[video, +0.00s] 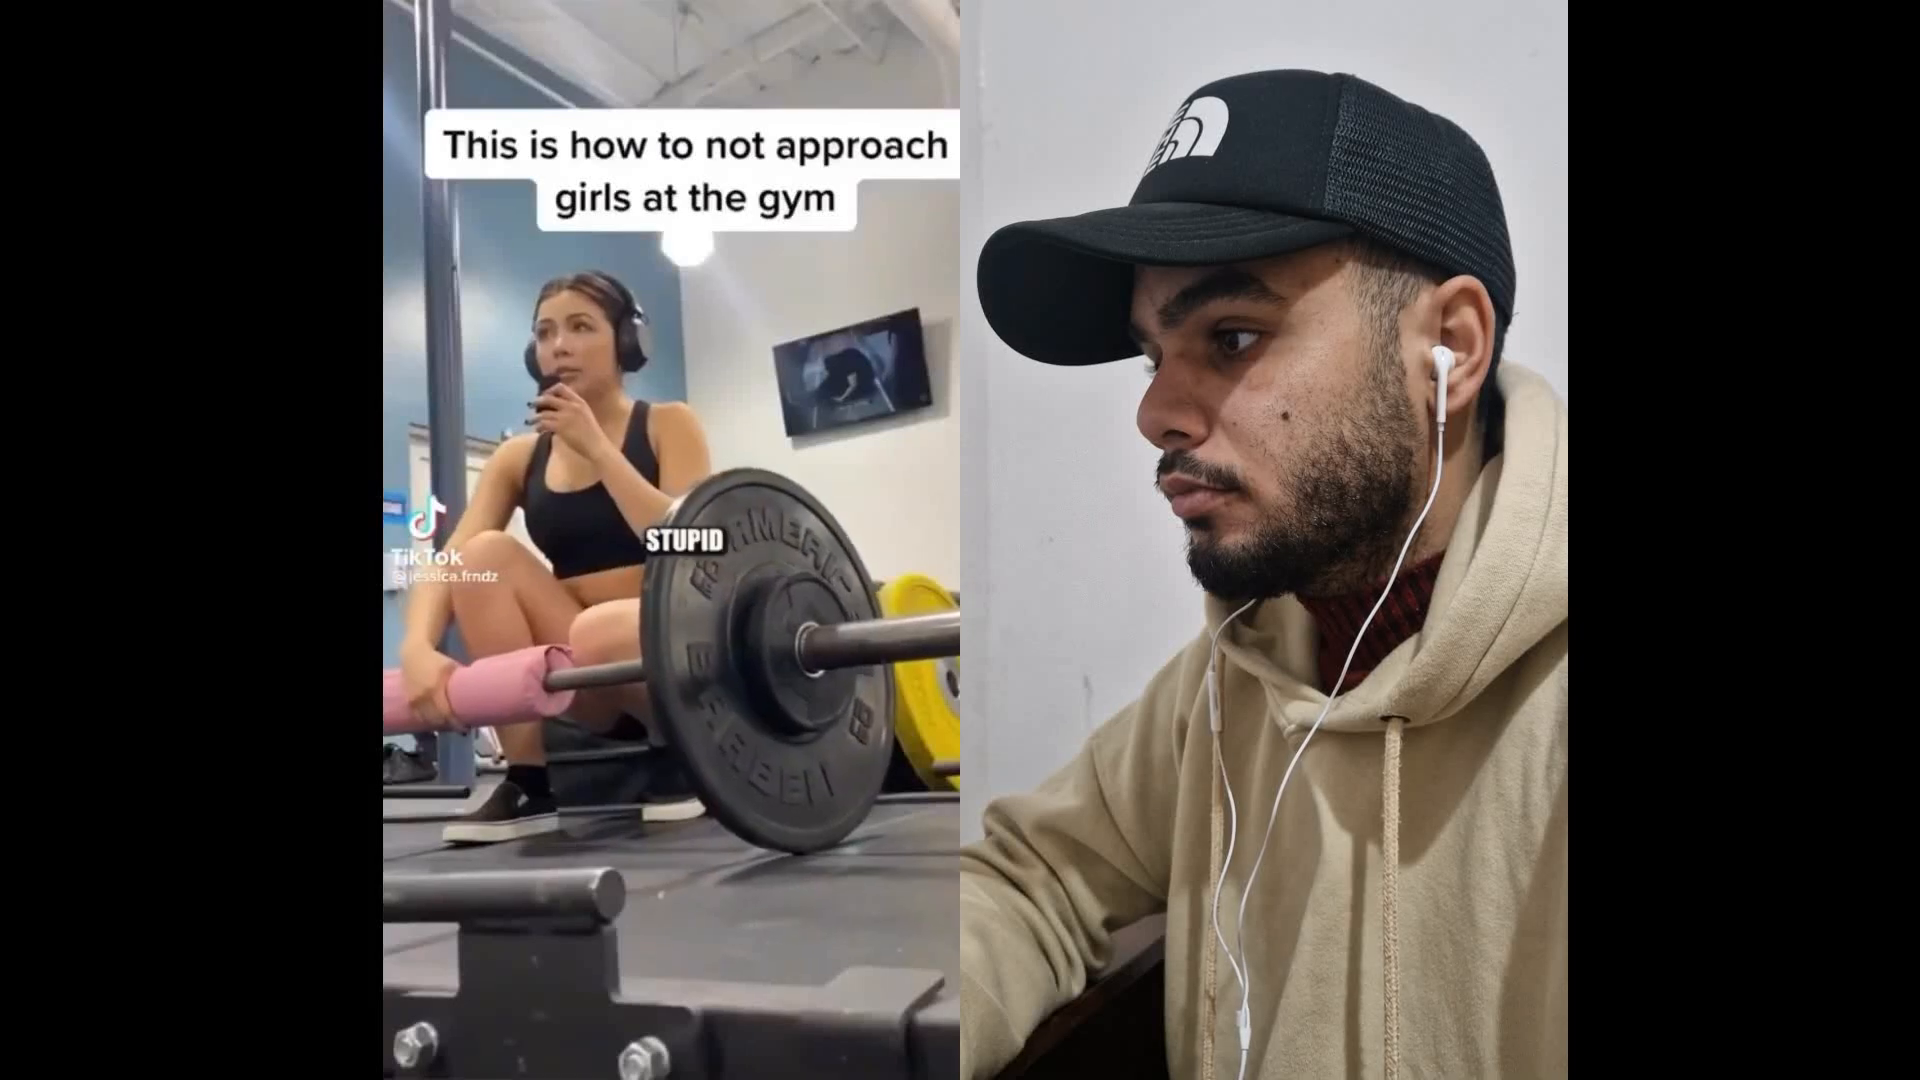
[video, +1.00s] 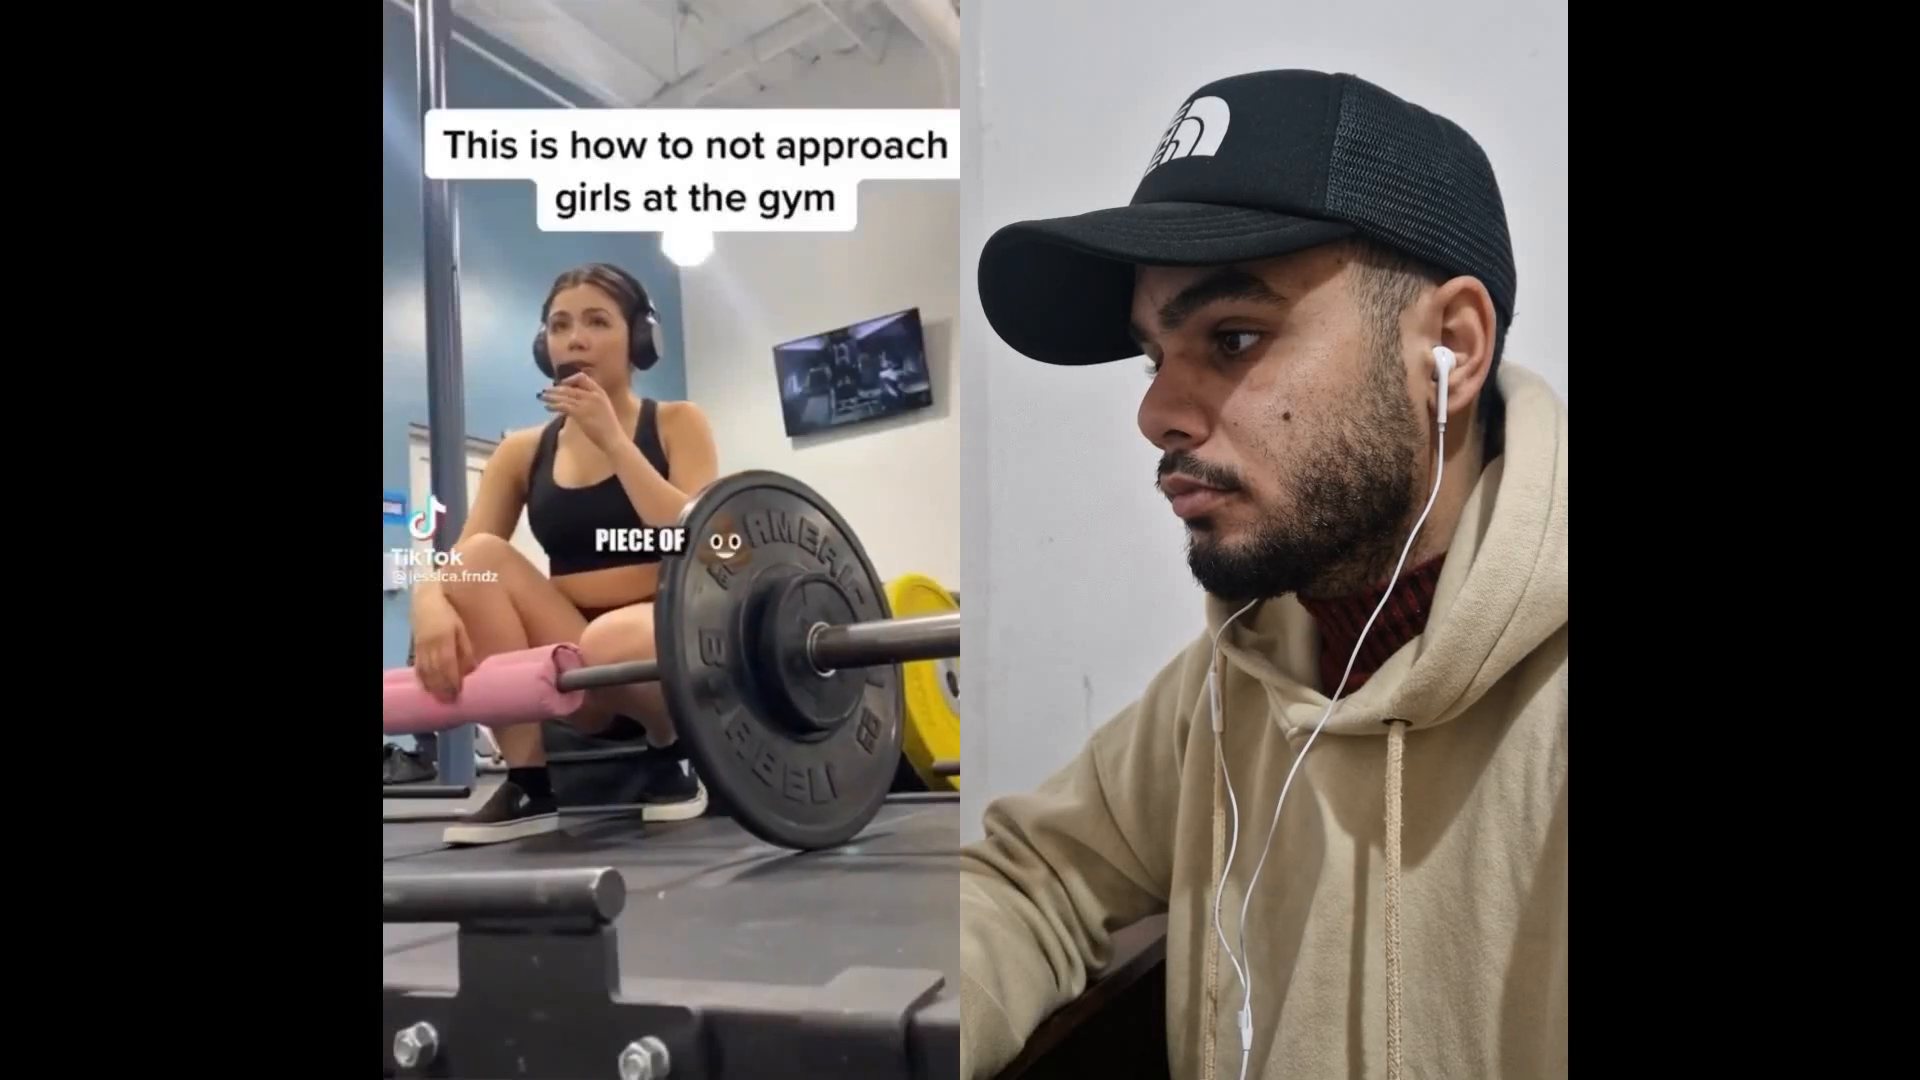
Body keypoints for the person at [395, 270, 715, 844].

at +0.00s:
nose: (559, 344)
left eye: (580, 326)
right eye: (546, 330)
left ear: (622, 342)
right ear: (535, 352)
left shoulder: (668, 425)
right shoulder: (520, 455)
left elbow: (691, 540)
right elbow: (452, 560)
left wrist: (598, 449)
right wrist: (417, 651)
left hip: (675, 644)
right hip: (580, 662)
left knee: (597, 632)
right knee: (484, 555)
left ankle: (687, 757)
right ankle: (527, 783)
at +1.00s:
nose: (575, 338)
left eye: (596, 321)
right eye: (560, 323)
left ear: (635, 340)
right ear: (546, 344)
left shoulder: (677, 425)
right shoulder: (523, 451)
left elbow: (700, 537)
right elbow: (469, 560)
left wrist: (614, 442)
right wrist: (426, 593)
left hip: (669, 640)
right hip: (571, 647)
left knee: (615, 638)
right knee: (478, 561)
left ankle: (666, 752)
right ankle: (527, 782)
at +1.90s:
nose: (576, 337)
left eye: (596, 320)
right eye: (558, 323)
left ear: (630, 339)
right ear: (539, 347)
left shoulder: (662, 418)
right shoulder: (529, 411)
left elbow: (678, 540)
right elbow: (478, 537)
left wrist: (621, 611)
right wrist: (540, 440)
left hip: (661, 638)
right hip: (572, 647)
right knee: (461, 562)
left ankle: (676, 772)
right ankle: (527, 783)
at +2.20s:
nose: (570, 358)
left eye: (589, 339)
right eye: (550, 343)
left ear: (624, 348)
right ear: (532, 357)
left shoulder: (653, 422)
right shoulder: (525, 419)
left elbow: (676, 544)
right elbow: (470, 542)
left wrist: (614, 607)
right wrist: (529, 461)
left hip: (658, 640)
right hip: (571, 650)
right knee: (461, 563)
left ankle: (671, 771)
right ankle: (526, 783)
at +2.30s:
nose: (566, 364)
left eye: (586, 344)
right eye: (547, 349)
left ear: (622, 349)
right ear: (531, 360)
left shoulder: (653, 423)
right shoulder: (525, 419)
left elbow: (688, 543)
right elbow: (470, 545)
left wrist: (629, 612)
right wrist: (527, 466)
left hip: (660, 646)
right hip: (569, 658)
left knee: (581, 617)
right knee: (459, 564)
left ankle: (680, 761)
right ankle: (526, 784)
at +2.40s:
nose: (568, 377)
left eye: (588, 356)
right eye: (549, 359)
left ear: (624, 356)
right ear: (532, 363)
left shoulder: (657, 424)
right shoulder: (525, 420)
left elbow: (692, 541)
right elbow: (468, 546)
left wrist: (641, 614)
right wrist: (529, 472)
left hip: (661, 644)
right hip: (565, 657)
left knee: (574, 616)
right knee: (455, 566)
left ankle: (667, 753)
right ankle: (526, 785)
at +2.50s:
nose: (576, 389)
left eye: (597, 366)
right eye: (556, 368)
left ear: (630, 363)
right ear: (536, 367)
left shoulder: (661, 427)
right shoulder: (524, 421)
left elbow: (703, 537)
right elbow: (460, 543)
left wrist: (656, 618)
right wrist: (529, 481)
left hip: (663, 649)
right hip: (565, 658)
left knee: (576, 614)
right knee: (447, 568)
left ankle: (666, 745)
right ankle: (524, 782)